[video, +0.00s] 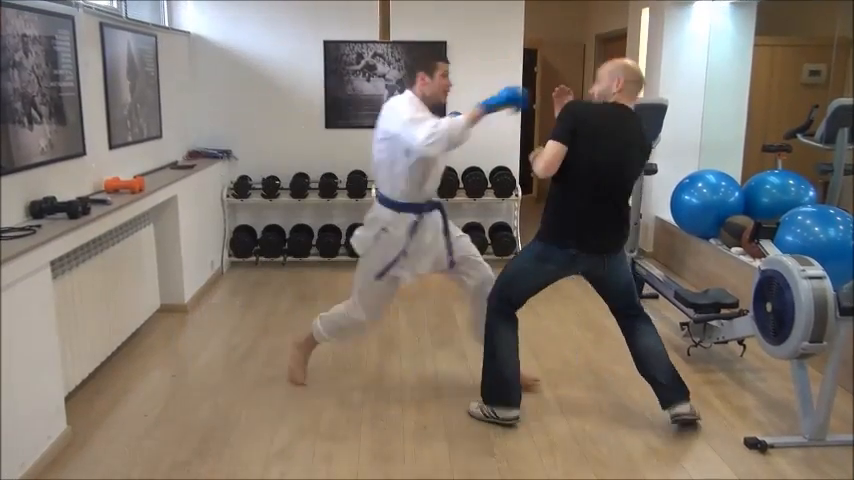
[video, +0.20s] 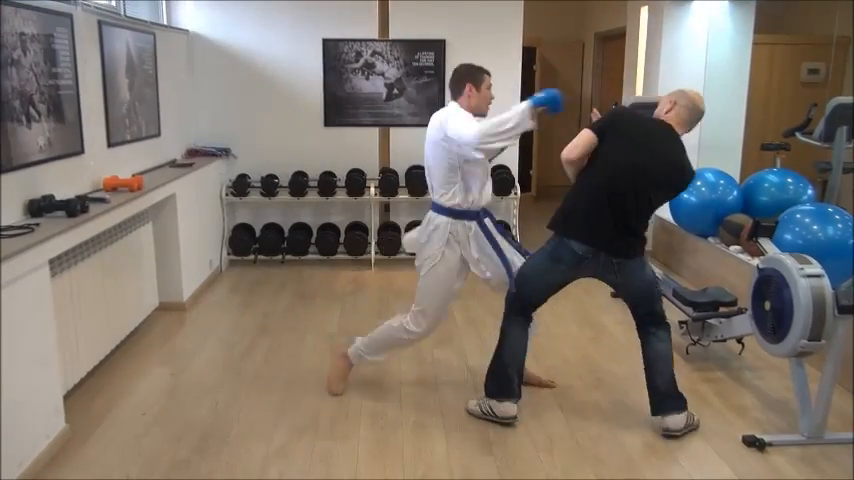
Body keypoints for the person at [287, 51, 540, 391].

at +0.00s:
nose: (449, 85)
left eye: (449, 77)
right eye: (444, 77)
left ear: (426, 81)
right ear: (422, 80)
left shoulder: (428, 114)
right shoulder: (399, 110)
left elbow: (446, 139)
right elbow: (429, 140)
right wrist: (483, 110)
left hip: (430, 220)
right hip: (392, 223)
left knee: (483, 282)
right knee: (364, 311)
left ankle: (504, 367)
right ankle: (306, 343)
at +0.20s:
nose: (492, 96)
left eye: (491, 90)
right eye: (488, 90)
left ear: (468, 91)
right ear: (469, 90)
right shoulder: (447, 119)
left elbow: (489, 145)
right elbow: (476, 138)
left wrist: (529, 120)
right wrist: (530, 106)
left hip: (478, 226)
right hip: (445, 229)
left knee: (527, 284)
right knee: (422, 322)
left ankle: (514, 368)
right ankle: (349, 356)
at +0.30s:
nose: (501, 77)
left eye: (501, 70)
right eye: (495, 69)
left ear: (477, 74)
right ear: (472, 71)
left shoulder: (487, 116)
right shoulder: (441, 105)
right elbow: (394, 137)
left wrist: (509, 153)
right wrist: (438, 103)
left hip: (487, 212)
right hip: (448, 213)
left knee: (524, 282)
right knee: (417, 302)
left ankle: (519, 371)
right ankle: (361, 359)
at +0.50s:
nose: (464, 44)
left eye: (466, 37)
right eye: (457, 37)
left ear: (467, 41)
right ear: (436, 41)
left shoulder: (486, 85)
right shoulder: (413, 80)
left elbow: (514, 129)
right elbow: (386, 128)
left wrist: (524, 174)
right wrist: (398, 107)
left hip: (474, 184)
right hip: (425, 184)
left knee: (502, 269)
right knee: (392, 264)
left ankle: (503, 348)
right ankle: (368, 331)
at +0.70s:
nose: (429, 73)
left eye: (433, 67)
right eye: (422, 66)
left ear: (437, 73)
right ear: (404, 72)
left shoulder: (451, 110)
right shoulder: (391, 113)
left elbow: (481, 155)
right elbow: (380, 168)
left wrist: (508, 203)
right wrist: (388, 159)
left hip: (449, 206)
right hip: (406, 208)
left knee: (479, 288)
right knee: (386, 275)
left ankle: (492, 359)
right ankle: (375, 328)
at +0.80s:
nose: (419, 50)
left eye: (422, 45)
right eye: (411, 44)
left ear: (424, 51)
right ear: (392, 49)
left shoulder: (436, 89)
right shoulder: (373, 89)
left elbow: (455, 141)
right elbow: (359, 137)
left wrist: (474, 188)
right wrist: (379, 137)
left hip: (429, 186)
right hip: (384, 186)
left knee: (459, 266)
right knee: (367, 259)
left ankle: (488, 350)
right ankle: (368, 323)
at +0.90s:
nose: (403, 33)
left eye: (407, 27)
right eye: (397, 26)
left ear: (409, 33)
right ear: (378, 30)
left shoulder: (422, 72)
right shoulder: (355, 71)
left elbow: (438, 126)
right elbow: (336, 117)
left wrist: (447, 161)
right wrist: (364, 114)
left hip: (414, 170)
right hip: (368, 169)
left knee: (440, 248)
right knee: (348, 245)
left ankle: (454, 324)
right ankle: (338, 312)